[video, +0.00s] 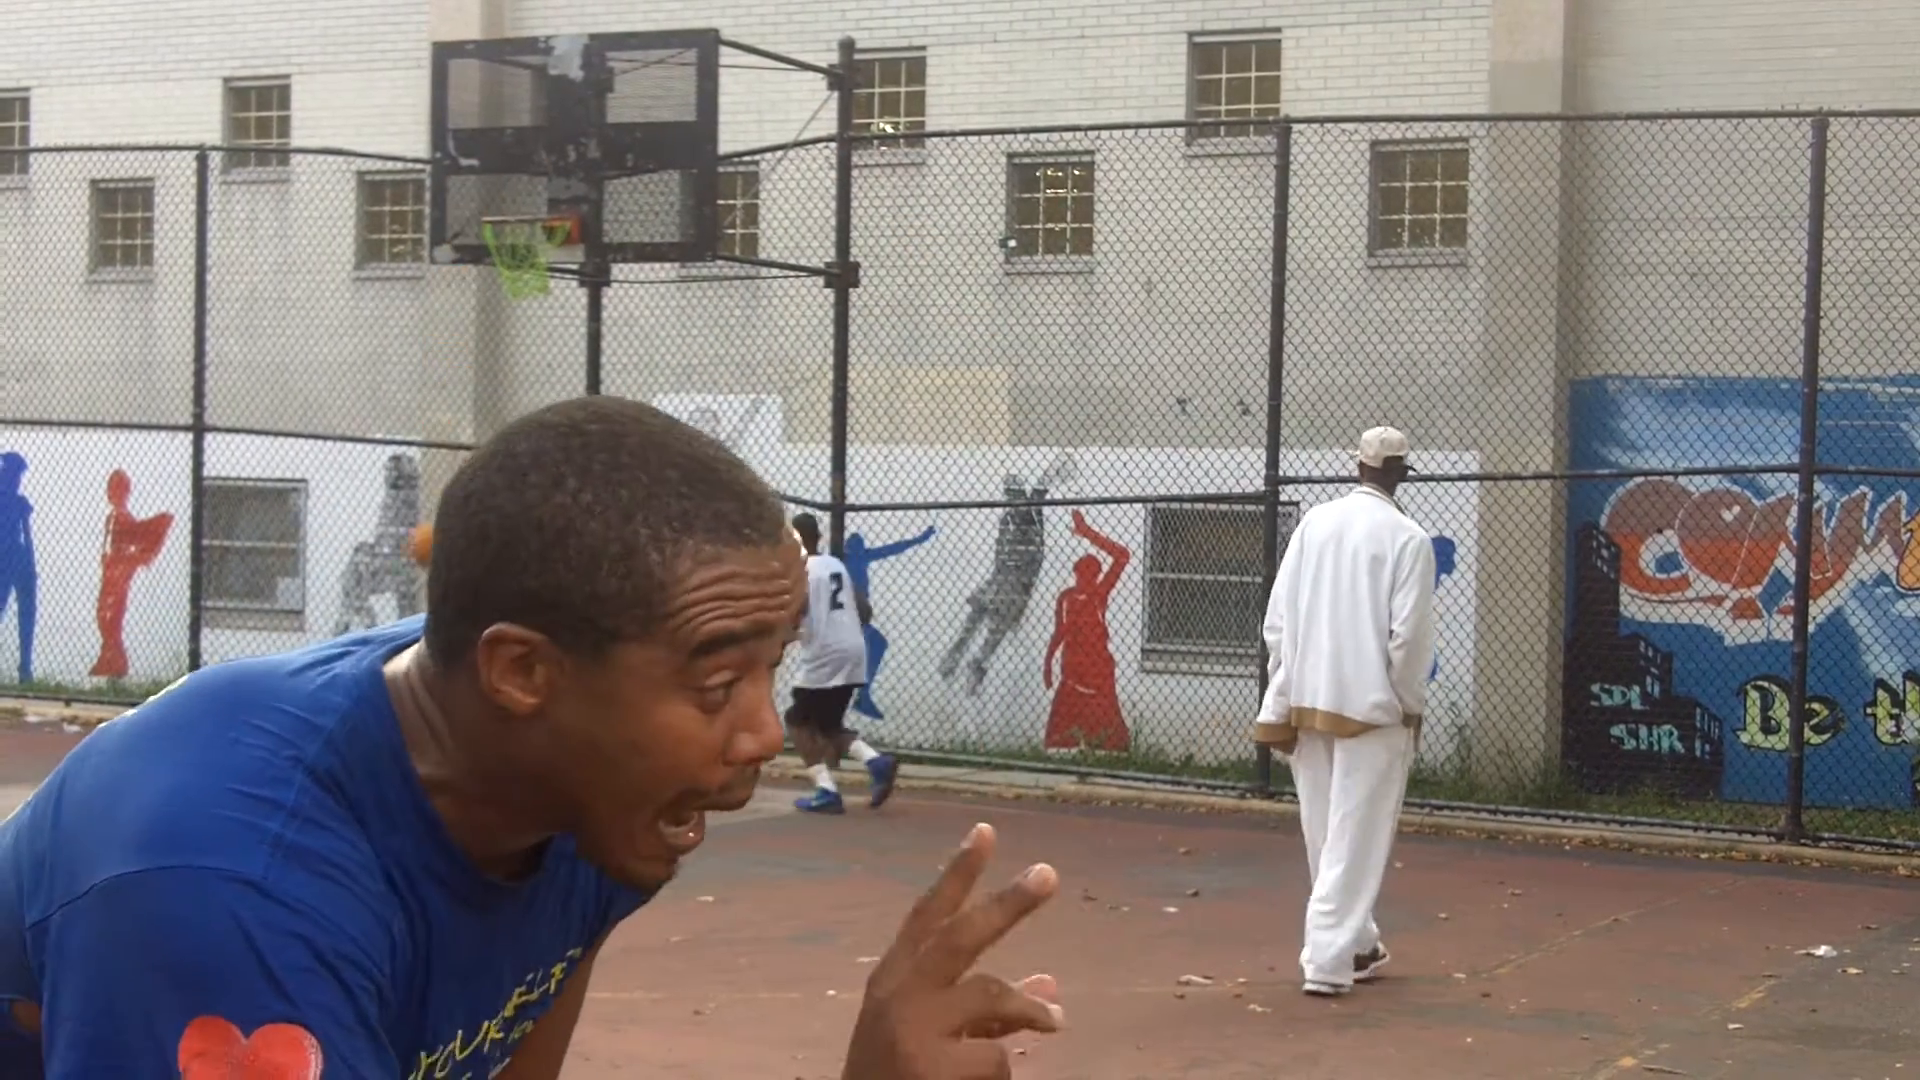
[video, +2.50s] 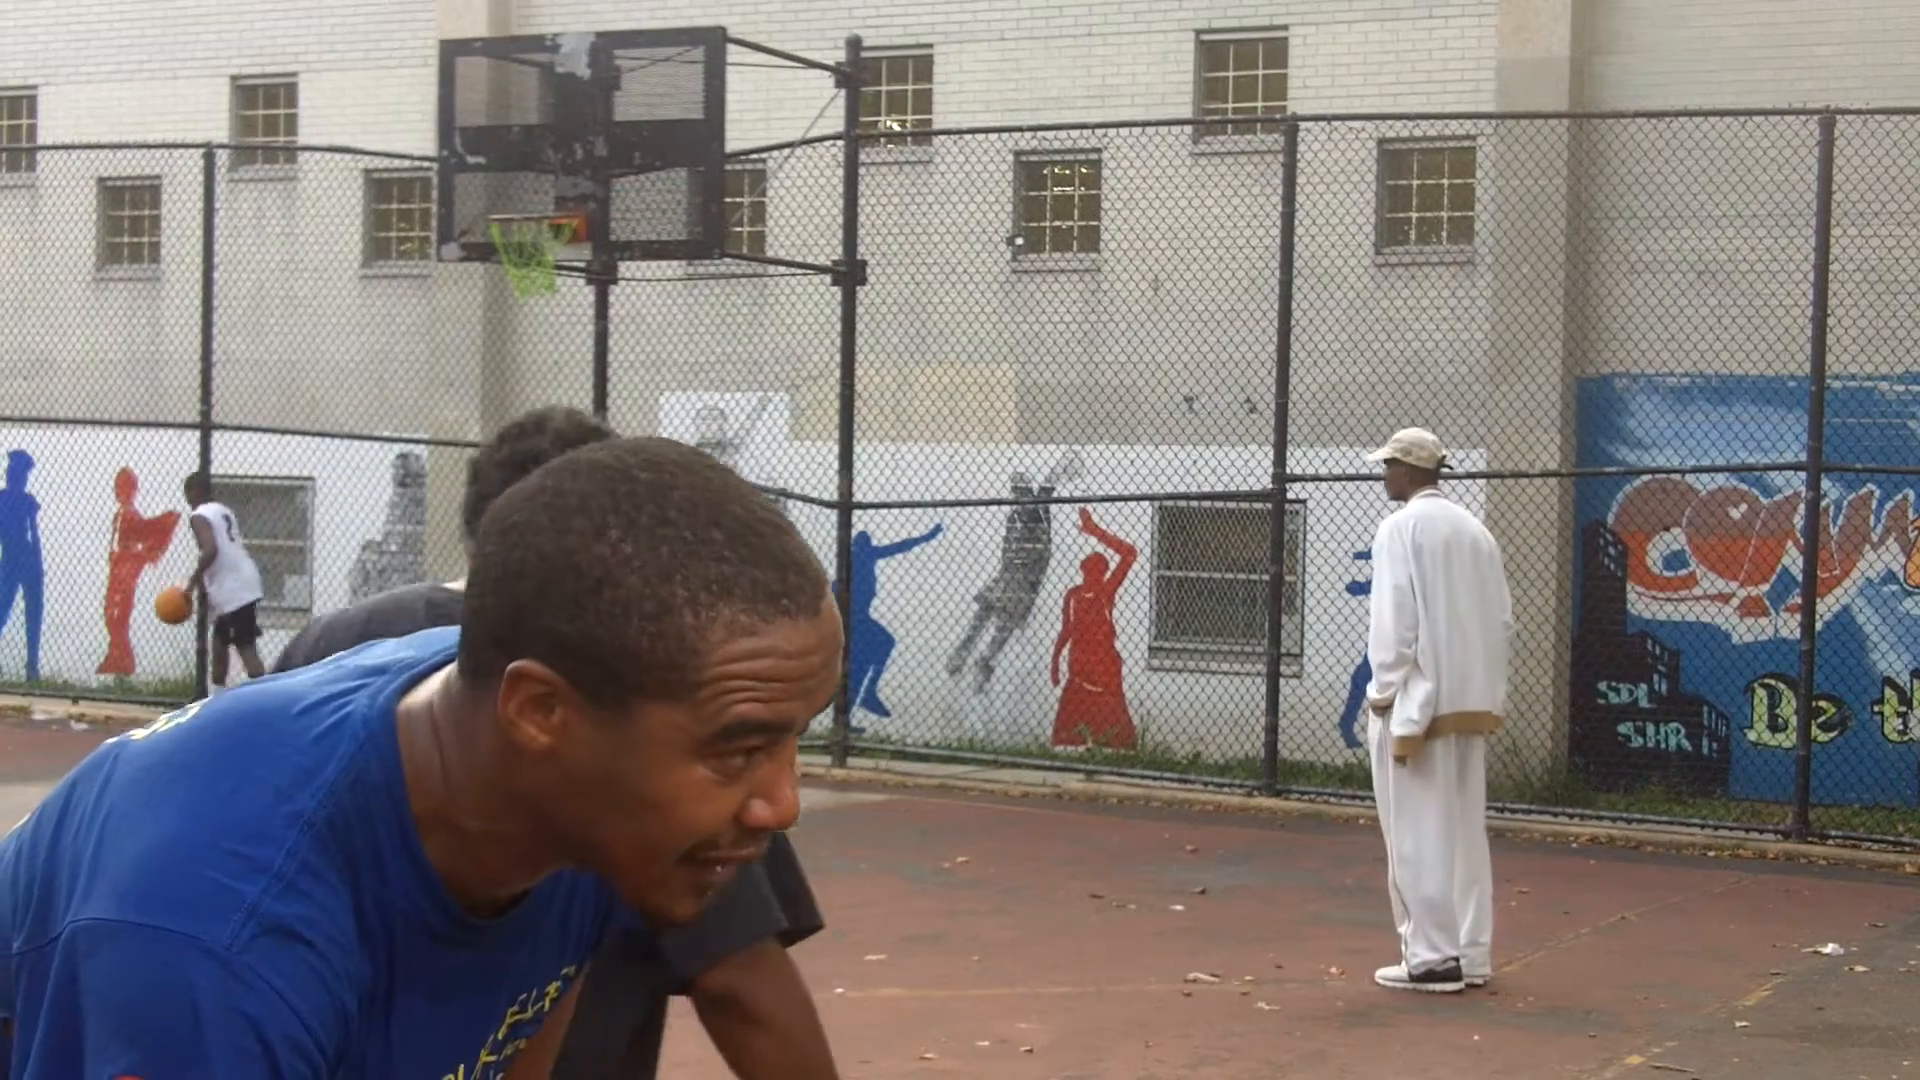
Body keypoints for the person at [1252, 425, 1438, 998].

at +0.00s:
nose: (1394, 478)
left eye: (1376, 466)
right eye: (1400, 472)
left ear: (1357, 469)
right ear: (1402, 475)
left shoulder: (1313, 522)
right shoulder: (1408, 538)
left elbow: (1277, 620)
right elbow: (1407, 635)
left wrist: (1286, 691)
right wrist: (1412, 704)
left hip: (1306, 698)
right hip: (1371, 704)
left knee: (1323, 827)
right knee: (1353, 832)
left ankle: (1358, 942)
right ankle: (1323, 965)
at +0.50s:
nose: (1399, 477)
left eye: (1380, 470)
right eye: (1404, 470)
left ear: (1364, 476)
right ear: (1408, 474)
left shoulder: (1333, 532)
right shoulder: (1434, 530)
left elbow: (1312, 629)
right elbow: (1447, 623)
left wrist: (1316, 703)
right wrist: (1461, 692)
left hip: (1349, 695)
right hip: (1417, 694)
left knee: (1354, 822)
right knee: (1424, 826)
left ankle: (1358, 950)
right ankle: (1382, 930)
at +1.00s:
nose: (1470, 481)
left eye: (1454, 469)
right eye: (1480, 476)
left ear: (1439, 472)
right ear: (1484, 478)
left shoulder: (1395, 521)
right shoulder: (1498, 540)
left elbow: (1359, 615)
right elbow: (1504, 634)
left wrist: (1356, 687)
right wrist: (1494, 696)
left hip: (1385, 690)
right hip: (1459, 697)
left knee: (1369, 820)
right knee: (1460, 830)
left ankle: (1363, 939)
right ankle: (1461, 960)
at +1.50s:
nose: (1463, 476)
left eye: (1464, 469)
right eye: (1474, 471)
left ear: (1466, 473)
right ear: (1512, 482)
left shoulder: (1425, 519)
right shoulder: (1531, 543)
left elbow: (1390, 609)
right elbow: (1537, 636)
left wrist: (1377, 686)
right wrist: (1518, 700)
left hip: (1411, 686)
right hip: (1487, 695)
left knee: (1396, 815)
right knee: (1474, 821)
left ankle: (1388, 939)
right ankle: (1463, 960)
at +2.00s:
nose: (1426, 476)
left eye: (1429, 468)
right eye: (1428, 467)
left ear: (1443, 471)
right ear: (1477, 475)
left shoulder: (1417, 521)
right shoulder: (1512, 535)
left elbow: (1396, 614)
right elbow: (1531, 626)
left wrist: (1383, 687)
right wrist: (1514, 691)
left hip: (1421, 694)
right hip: (1487, 696)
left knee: (1417, 822)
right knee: (1480, 822)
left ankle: (1428, 950)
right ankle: (1472, 955)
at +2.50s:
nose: (1383, 477)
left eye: (1388, 469)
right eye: (1386, 468)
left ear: (1408, 472)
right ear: (1433, 472)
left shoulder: (1399, 527)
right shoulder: (1477, 529)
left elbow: (1394, 628)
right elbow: (1503, 620)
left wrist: (1380, 698)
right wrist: (1488, 693)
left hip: (1414, 701)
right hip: (1470, 699)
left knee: (1412, 830)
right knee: (1465, 824)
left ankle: (1432, 958)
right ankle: (1470, 954)